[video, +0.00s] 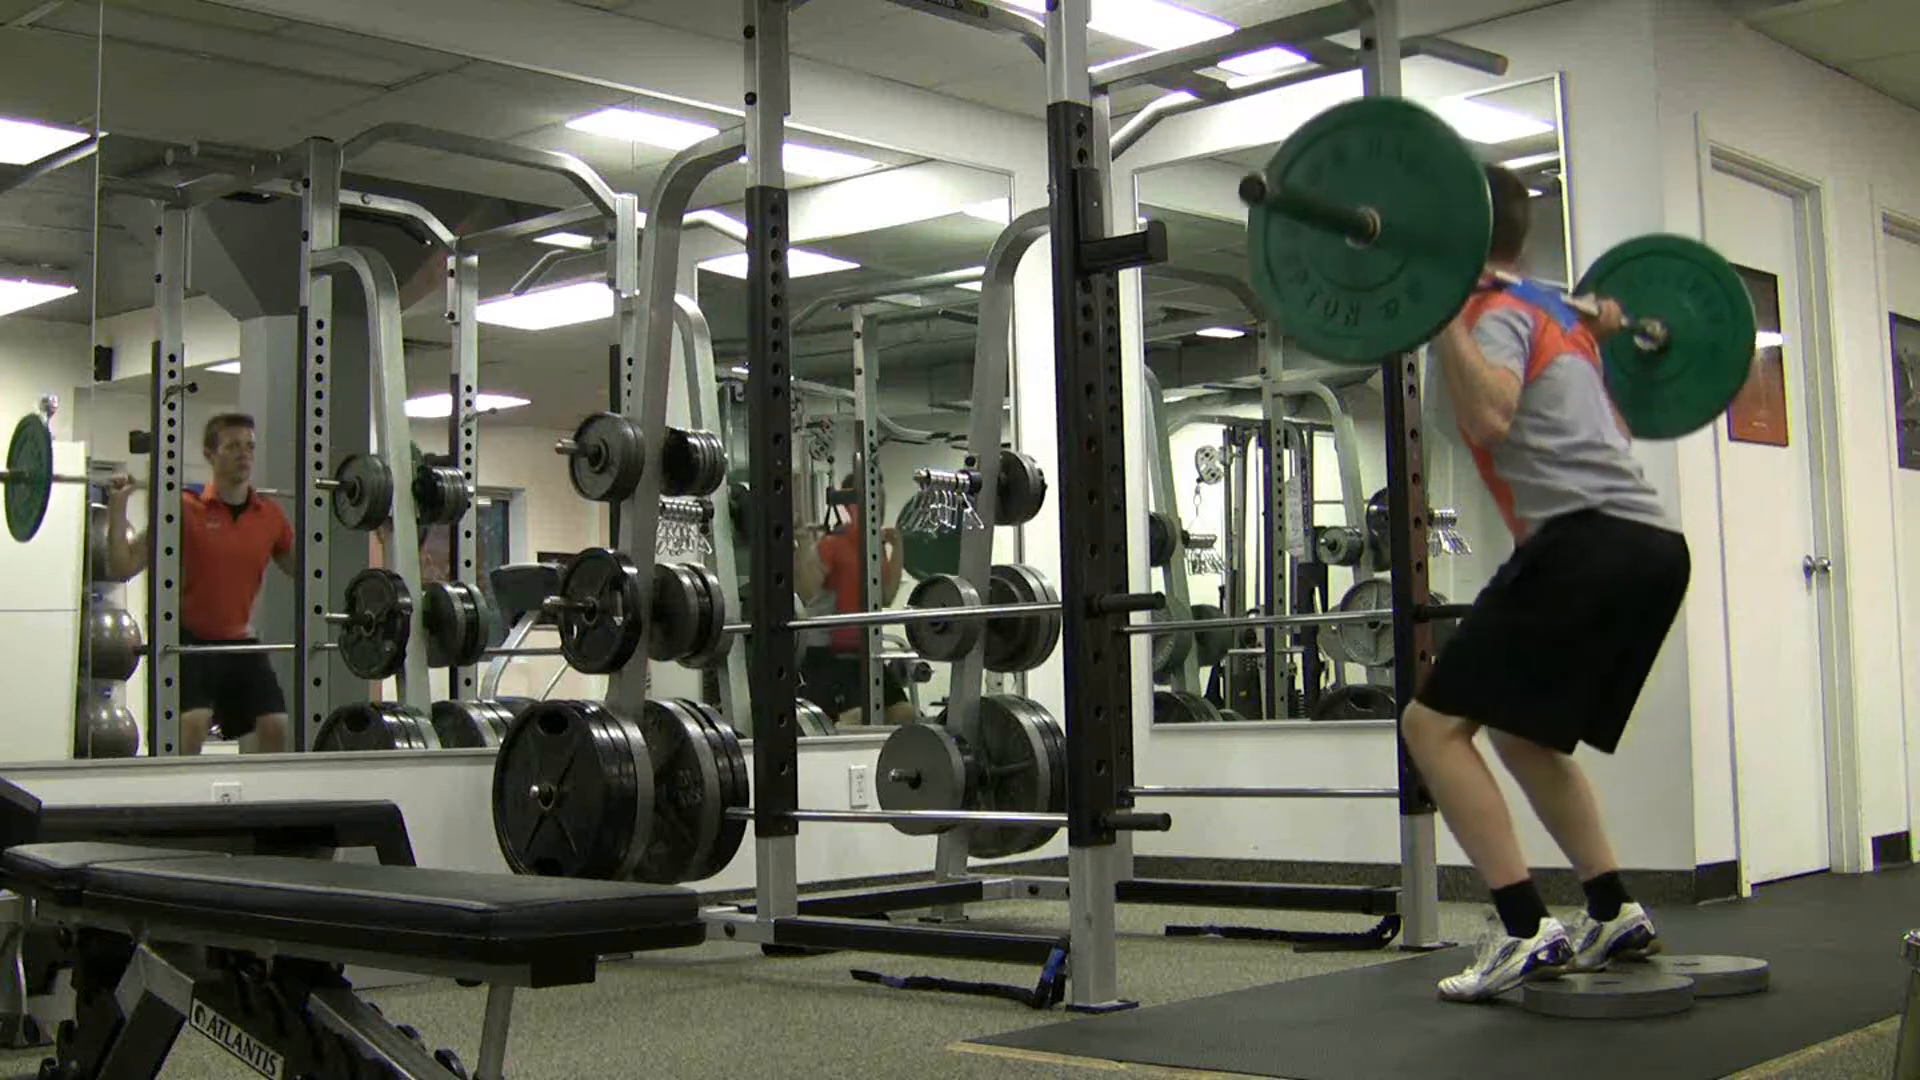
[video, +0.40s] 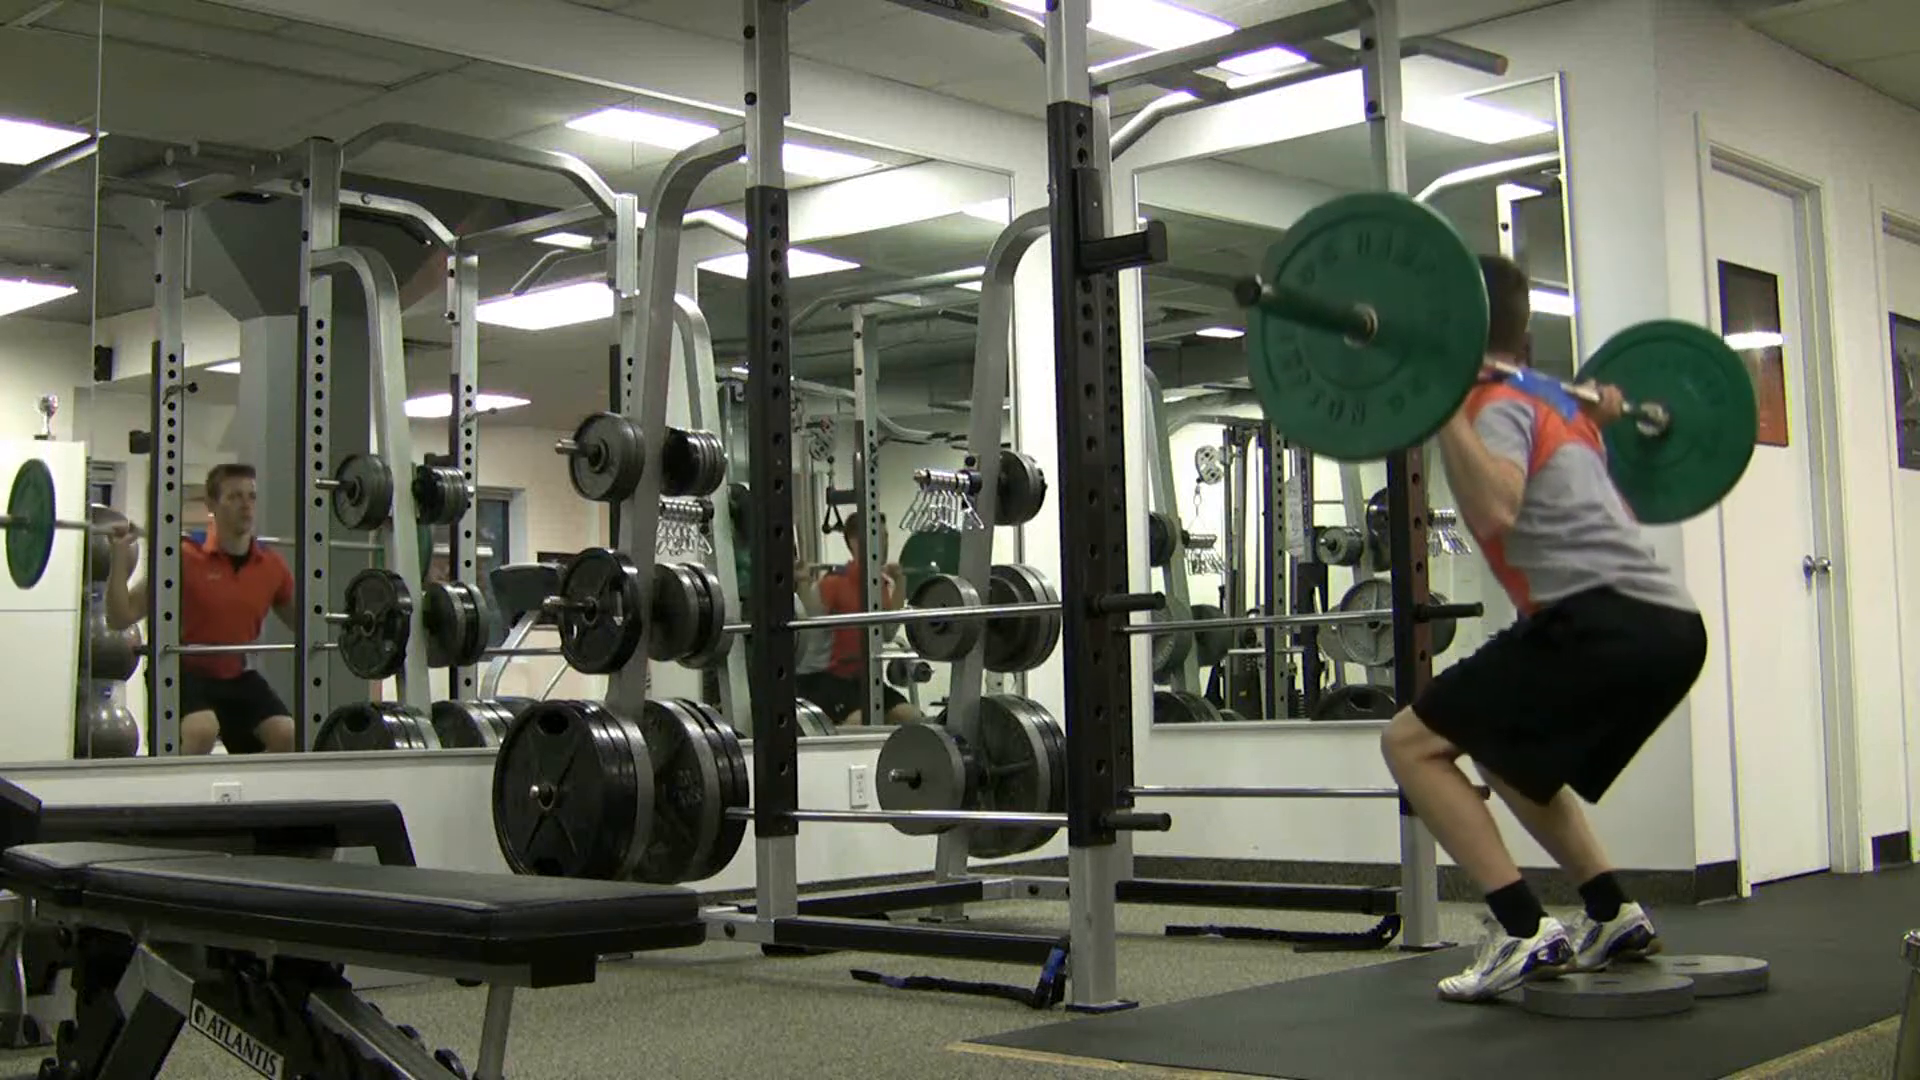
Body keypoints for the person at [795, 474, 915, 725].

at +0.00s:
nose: (871, 506)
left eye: (876, 498)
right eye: (863, 499)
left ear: (882, 501)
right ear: (848, 506)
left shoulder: (875, 545)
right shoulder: (833, 544)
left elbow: (887, 596)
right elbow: (808, 593)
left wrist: (897, 548)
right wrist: (804, 547)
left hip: (869, 652)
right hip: (835, 652)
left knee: (903, 716)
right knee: (852, 721)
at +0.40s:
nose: (874, 545)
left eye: (880, 536)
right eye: (866, 537)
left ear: (886, 540)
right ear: (851, 542)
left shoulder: (881, 585)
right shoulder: (832, 584)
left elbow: (887, 632)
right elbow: (816, 632)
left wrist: (899, 584)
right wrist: (803, 587)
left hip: (869, 678)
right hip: (830, 678)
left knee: (909, 716)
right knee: (860, 717)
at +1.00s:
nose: (887, 586)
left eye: (889, 579)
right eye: (879, 580)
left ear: (893, 581)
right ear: (857, 585)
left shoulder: (883, 622)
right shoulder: (836, 623)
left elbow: (891, 668)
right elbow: (807, 673)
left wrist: (903, 625)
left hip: (872, 704)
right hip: (838, 706)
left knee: (917, 721)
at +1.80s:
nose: (887, 560)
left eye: (888, 552)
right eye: (879, 553)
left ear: (891, 554)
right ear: (857, 557)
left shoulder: (880, 596)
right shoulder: (835, 595)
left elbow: (889, 645)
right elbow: (812, 644)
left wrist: (902, 601)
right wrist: (807, 600)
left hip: (870, 687)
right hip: (836, 687)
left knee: (915, 720)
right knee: (864, 727)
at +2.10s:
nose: (881, 520)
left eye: (883, 512)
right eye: (872, 512)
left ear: (886, 515)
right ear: (852, 516)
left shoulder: (877, 558)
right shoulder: (830, 558)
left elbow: (887, 606)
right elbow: (809, 602)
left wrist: (900, 558)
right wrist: (799, 560)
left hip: (870, 661)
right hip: (836, 662)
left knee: (910, 720)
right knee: (857, 722)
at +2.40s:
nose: (878, 487)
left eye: (879, 479)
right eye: (871, 479)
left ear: (880, 483)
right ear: (850, 482)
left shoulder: (873, 525)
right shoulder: (828, 525)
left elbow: (886, 576)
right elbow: (799, 573)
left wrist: (897, 529)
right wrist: (798, 525)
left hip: (864, 630)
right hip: (832, 630)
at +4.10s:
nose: (876, 525)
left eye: (881, 518)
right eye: (867, 518)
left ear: (886, 522)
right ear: (850, 522)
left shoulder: (879, 566)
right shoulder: (833, 563)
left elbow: (890, 609)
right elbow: (813, 602)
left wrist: (900, 568)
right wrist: (801, 567)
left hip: (869, 664)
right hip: (835, 664)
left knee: (909, 719)